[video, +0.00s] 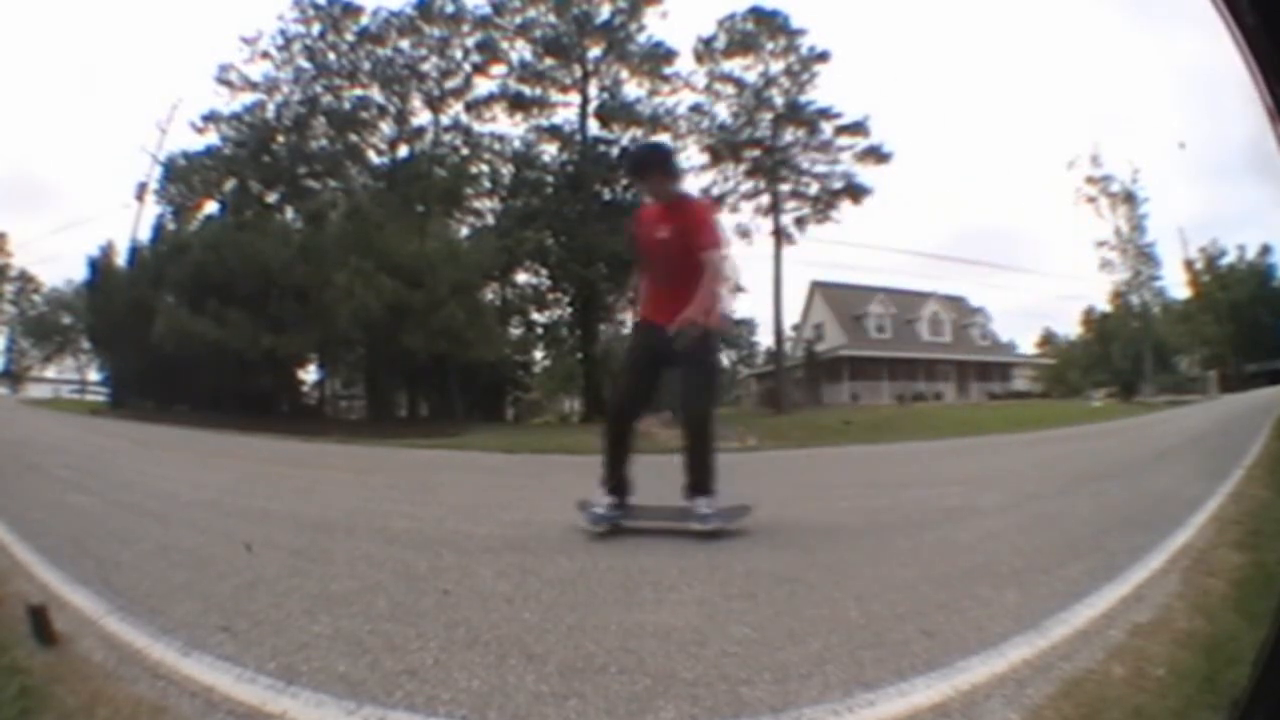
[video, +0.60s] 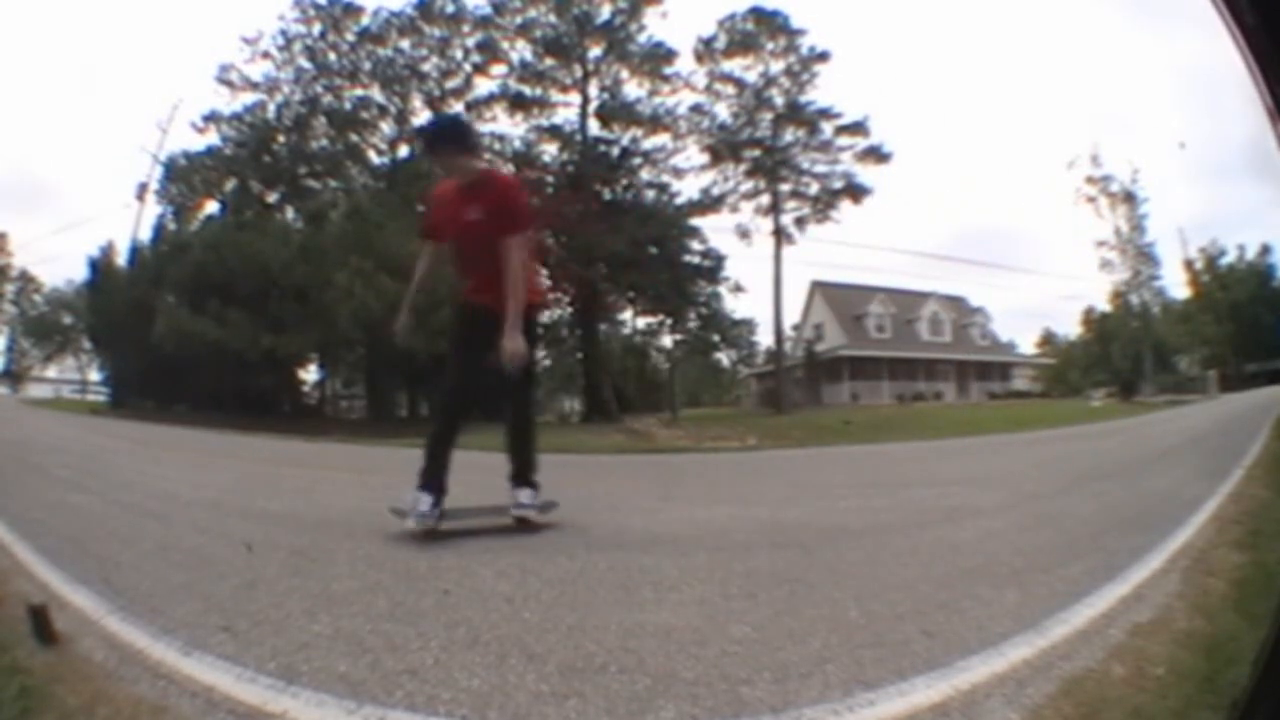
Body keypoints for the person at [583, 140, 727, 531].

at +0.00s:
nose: (646, 188)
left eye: (649, 179)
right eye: (641, 181)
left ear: (665, 174)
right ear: (640, 181)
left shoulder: (694, 212)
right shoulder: (644, 216)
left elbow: (714, 267)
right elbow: (647, 269)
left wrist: (695, 313)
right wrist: (643, 313)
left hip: (694, 326)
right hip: (652, 326)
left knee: (696, 413)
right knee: (621, 407)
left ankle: (700, 494)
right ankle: (615, 494)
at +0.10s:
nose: (614, 185)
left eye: (617, 176)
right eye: (609, 179)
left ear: (636, 170)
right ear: (610, 178)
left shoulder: (666, 208)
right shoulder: (612, 211)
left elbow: (660, 265)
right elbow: (603, 258)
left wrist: (598, 288)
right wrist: (559, 249)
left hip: (665, 326)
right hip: (626, 324)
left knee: (658, 410)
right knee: (598, 406)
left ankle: (667, 495)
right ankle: (583, 493)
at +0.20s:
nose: (579, 173)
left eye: (582, 165)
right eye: (575, 167)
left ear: (600, 159)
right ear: (580, 166)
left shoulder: (633, 199)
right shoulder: (582, 198)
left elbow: (613, 259)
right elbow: (550, 236)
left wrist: (545, 260)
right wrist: (519, 206)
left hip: (633, 317)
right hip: (594, 314)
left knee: (628, 404)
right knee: (570, 401)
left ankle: (645, 490)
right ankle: (555, 491)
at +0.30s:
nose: (554, 170)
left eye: (557, 161)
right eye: (550, 163)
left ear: (574, 155)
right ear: (552, 161)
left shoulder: (611, 199)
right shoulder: (550, 195)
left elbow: (593, 261)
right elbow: (528, 230)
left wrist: (532, 250)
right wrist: (502, 216)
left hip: (600, 316)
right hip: (562, 315)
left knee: (595, 409)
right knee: (538, 404)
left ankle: (633, 491)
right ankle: (526, 491)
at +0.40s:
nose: (528, 170)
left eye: (531, 162)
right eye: (524, 163)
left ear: (547, 156)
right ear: (523, 161)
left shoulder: (587, 196)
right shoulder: (520, 193)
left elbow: (587, 261)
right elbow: (489, 229)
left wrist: (520, 266)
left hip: (575, 315)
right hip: (530, 314)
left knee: (577, 407)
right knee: (504, 397)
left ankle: (589, 488)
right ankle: (487, 487)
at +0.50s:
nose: (489, 167)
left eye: (491, 158)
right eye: (484, 159)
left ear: (507, 150)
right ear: (486, 156)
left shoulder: (553, 187)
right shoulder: (487, 194)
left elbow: (560, 256)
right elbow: (458, 240)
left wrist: (505, 299)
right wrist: (408, 267)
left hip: (549, 308)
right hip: (502, 308)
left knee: (550, 400)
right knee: (476, 392)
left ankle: (553, 485)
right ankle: (450, 479)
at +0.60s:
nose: (436, 166)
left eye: (439, 157)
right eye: (433, 158)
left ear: (458, 150)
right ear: (440, 155)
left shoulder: (505, 189)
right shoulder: (444, 196)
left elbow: (517, 259)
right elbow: (429, 254)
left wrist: (513, 328)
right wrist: (408, 309)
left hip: (516, 309)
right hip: (474, 309)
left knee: (519, 400)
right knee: (452, 398)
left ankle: (523, 486)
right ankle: (430, 491)